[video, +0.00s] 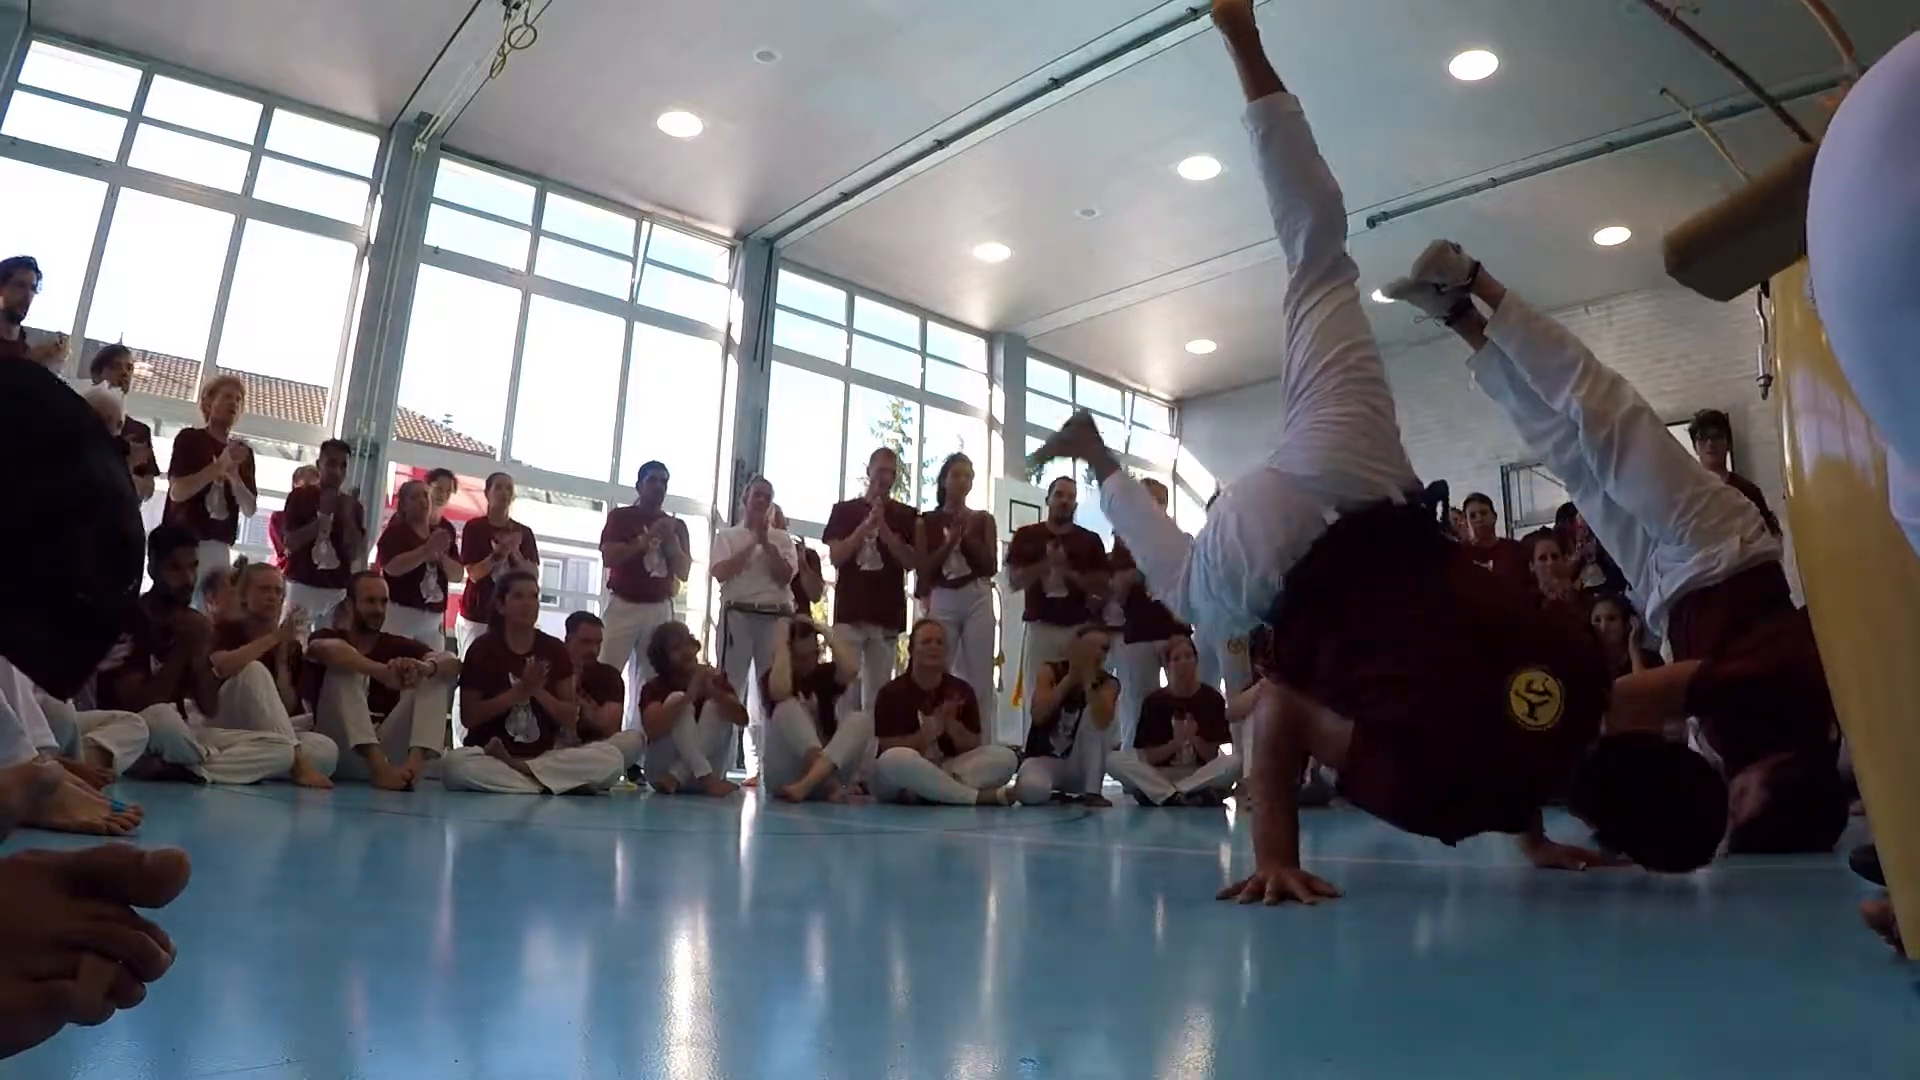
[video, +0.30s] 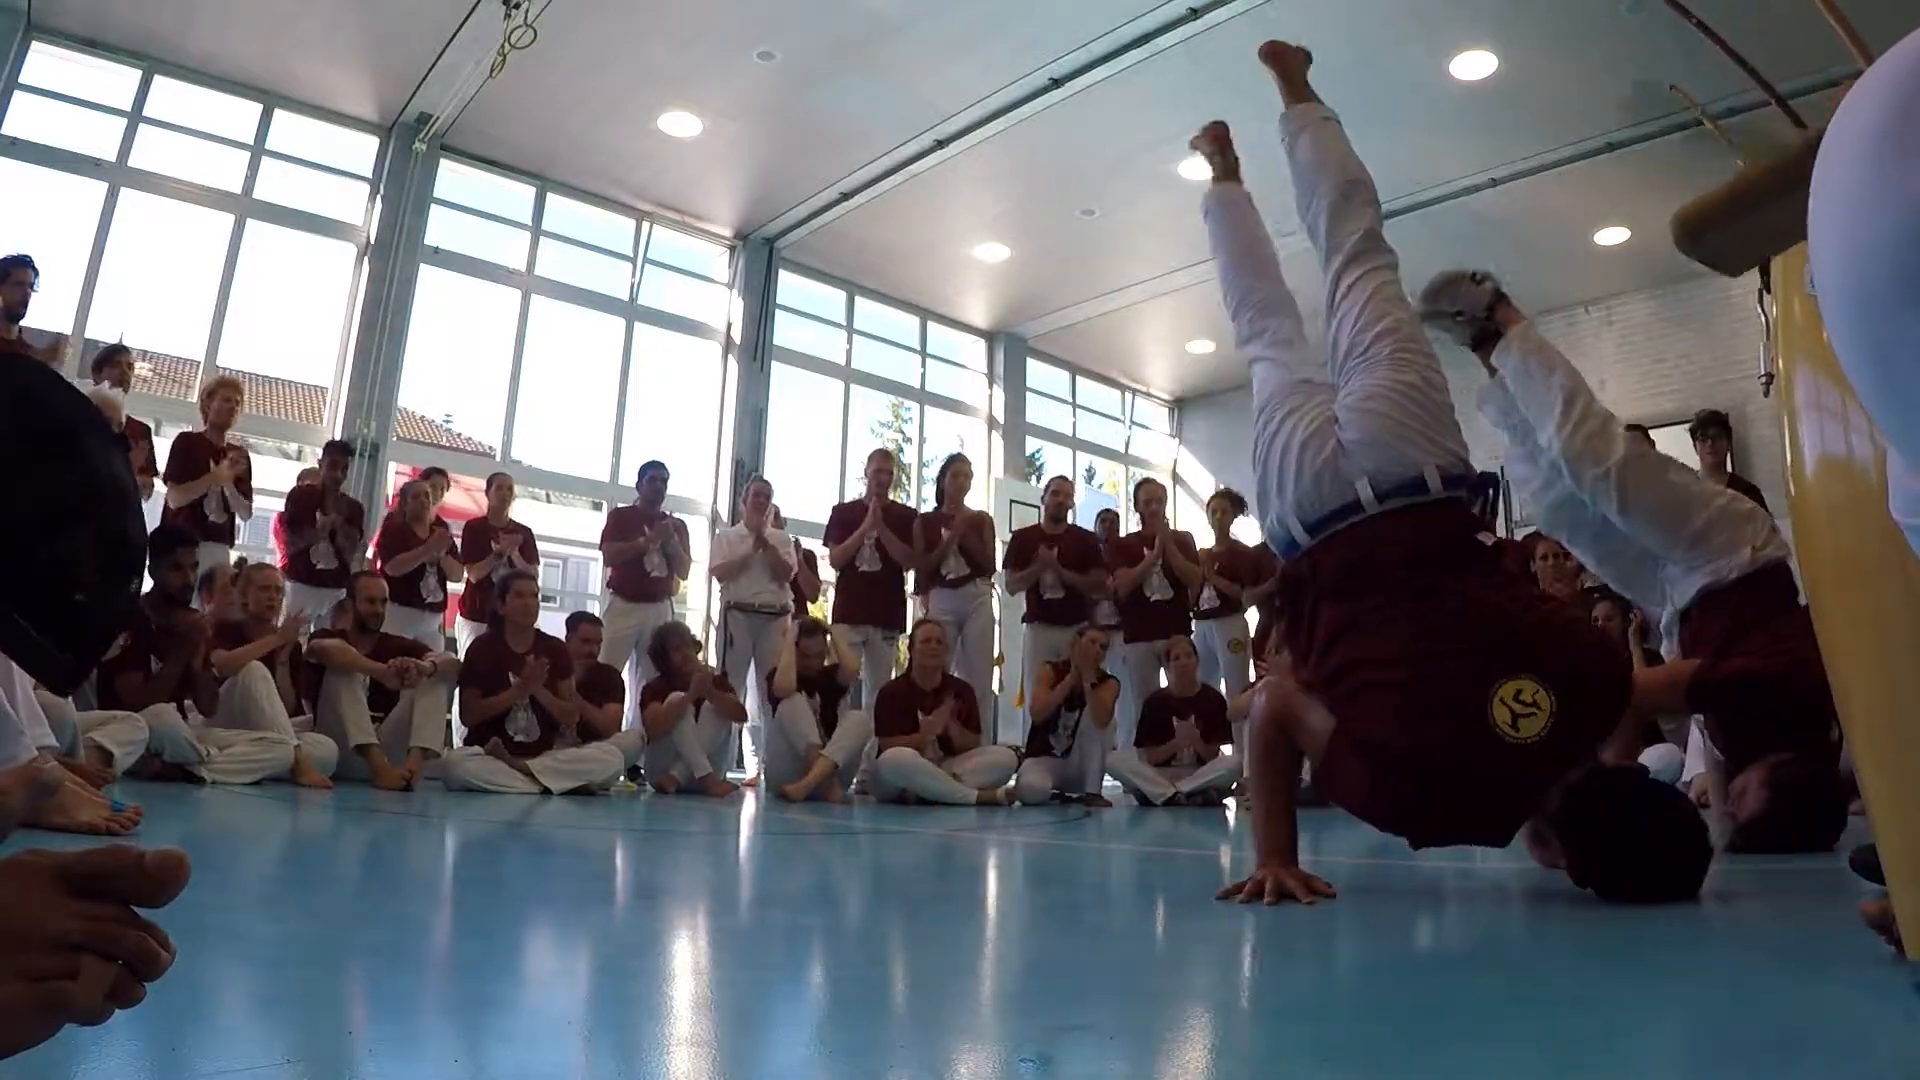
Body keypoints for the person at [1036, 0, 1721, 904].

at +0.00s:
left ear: (1641, 735)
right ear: (1607, 834)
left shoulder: (1584, 690)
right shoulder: (1436, 794)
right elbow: (1278, 702)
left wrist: (1534, 830)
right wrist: (1275, 859)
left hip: (1365, 482)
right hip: (1260, 553)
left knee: (1321, 264)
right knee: (1187, 597)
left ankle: (1243, 38)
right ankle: (1101, 456)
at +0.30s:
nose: (1549, 879)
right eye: (1567, 877)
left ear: (1647, 803)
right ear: (1558, 853)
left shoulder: (1598, 693)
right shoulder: (1419, 793)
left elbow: (1645, 672)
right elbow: (1272, 702)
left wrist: (1611, 776)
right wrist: (1274, 859)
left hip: (1438, 497)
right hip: (1320, 530)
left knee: (1363, 259)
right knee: (1272, 340)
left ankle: (1298, 93)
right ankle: (1224, 174)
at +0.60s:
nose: (1555, 876)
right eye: (1574, 876)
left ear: (1654, 793)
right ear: (1569, 852)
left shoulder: (1616, 692)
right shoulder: (1424, 803)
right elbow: (1284, 700)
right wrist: (1277, 858)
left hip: (1449, 493)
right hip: (1326, 529)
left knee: (1380, 266)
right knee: (1309, 319)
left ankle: (1337, 138)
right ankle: (1288, 153)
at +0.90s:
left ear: (1677, 797)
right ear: (1597, 859)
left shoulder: (1611, 681)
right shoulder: (1427, 815)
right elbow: (1281, 707)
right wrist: (1277, 859)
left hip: (1401, 500)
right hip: (1272, 559)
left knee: (1392, 336)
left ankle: (1249, 239)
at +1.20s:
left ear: (1654, 770)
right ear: (1599, 853)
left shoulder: (1605, 651)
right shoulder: (1468, 818)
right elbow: (1323, 715)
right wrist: (1283, 858)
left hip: (1300, 525)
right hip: (1252, 663)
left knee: (1173, 346)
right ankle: (1172, 709)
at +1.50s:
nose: (1596, 814)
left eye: (1616, 807)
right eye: (1610, 812)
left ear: (1626, 683)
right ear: (1594, 793)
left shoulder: (1560, 587)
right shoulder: (1492, 743)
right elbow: (1309, 720)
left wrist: (1538, 829)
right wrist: (1283, 856)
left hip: (1225, 546)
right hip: (1239, 666)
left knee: (984, 573)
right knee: (1256, 771)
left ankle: (731, 590)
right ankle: (1091, 768)